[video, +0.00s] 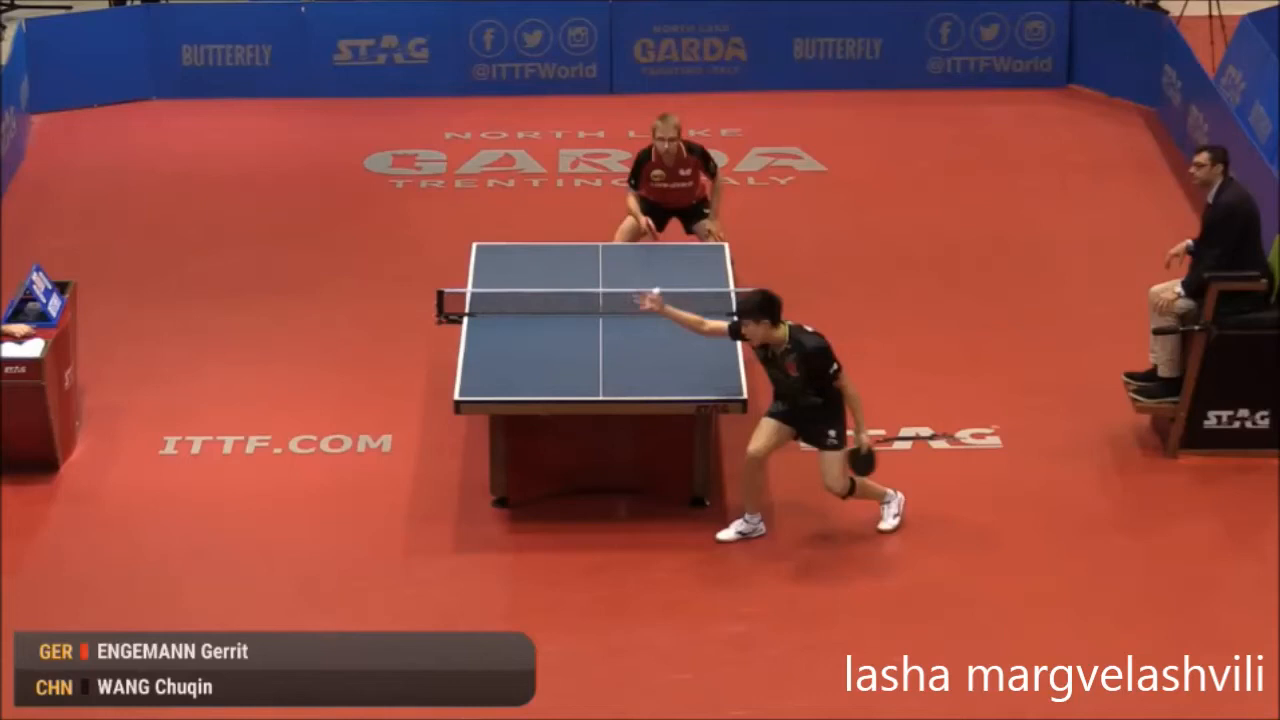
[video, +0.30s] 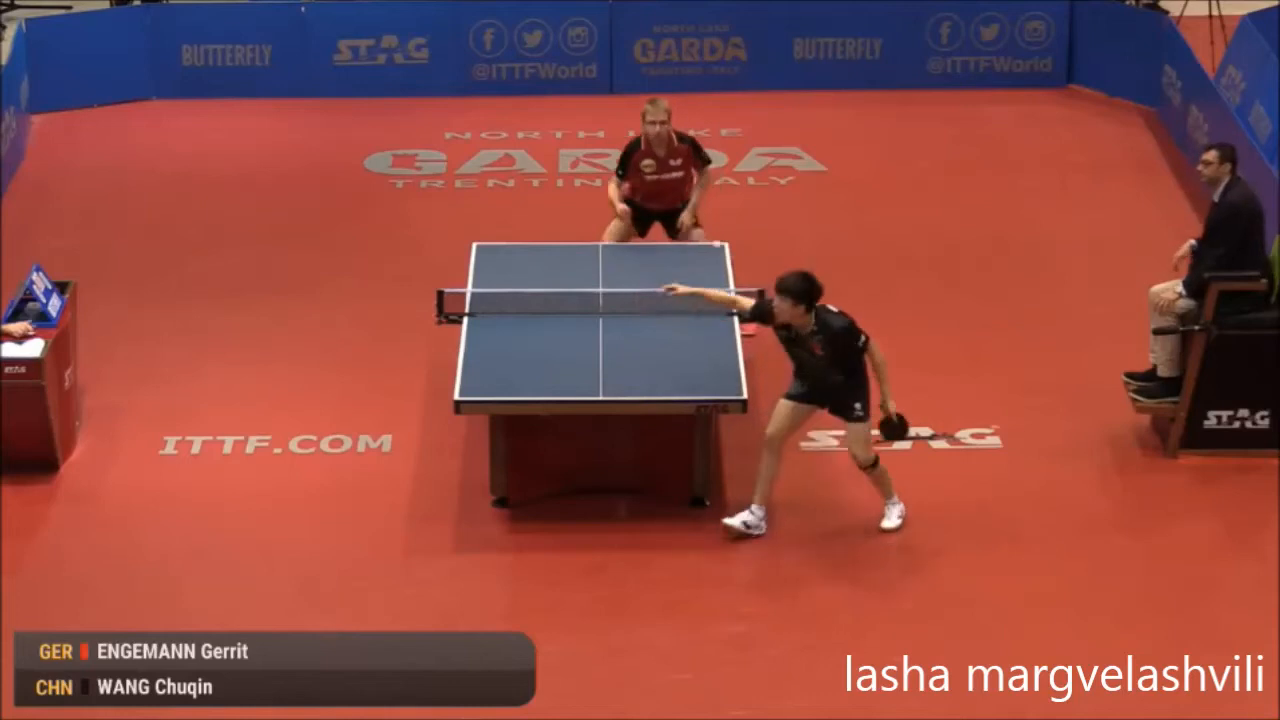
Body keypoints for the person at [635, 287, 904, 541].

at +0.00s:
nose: (743, 331)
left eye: (747, 325)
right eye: (742, 325)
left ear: (767, 324)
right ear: (754, 324)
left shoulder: (812, 346)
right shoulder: (754, 336)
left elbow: (846, 388)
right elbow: (705, 326)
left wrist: (862, 433)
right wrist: (663, 308)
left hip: (825, 411)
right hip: (787, 407)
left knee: (836, 484)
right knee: (754, 453)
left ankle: (890, 498)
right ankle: (752, 520)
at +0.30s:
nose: (775, 307)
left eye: (782, 303)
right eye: (776, 302)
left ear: (801, 307)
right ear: (782, 304)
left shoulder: (839, 325)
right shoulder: (777, 316)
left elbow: (875, 355)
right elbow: (733, 302)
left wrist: (887, 402)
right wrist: (691, 291)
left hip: (849, 387)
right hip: (808, 383)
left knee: (861, 455)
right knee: (772, 437)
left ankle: (893, 504)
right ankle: (757, 513)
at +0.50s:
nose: (770, 320)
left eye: (776, 316)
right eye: (770, 314)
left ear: (795, 319)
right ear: (772, 311)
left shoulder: (833, 323)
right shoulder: (773, 321)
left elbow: (879, 336)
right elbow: (745, 312)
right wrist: (716, 310)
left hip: (847, 380)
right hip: (807, 375)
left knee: (865, 451)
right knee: (758, 409)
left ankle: (893, 503)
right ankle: (784, 483)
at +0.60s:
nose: (762, 336)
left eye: (767, 332)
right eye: (760, 330)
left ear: (786, 328)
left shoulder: (822, 327)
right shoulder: (771, 327)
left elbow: (872, 342)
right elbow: (747, 320)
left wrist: (839, 353)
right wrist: (721, 322)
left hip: (841, 385)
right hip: (802, 379)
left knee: (860, 460)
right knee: (750, 412)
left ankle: (893, 503)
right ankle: (785, 480)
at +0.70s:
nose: (730, 340)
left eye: (731, 335)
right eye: (728, 335)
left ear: (746, 331)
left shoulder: (792, 328)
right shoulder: (754, 334)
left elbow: (835, 347)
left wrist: (792, 365)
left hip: (827, 386)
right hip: (794, 384)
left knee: (847, 465)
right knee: (745, 421)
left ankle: (891, 501)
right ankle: (768, 492)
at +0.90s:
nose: (695, 303)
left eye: (695, 297)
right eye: (693, 297)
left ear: (704, 299)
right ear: (724, 286)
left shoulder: (736, 315)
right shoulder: (746, 297)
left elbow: (749, 343)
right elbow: (785, 307)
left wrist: (701, 333)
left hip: (795, 388)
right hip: (777, 382)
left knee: (771, 471)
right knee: (743, 422)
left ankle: (850, 484)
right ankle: (769, 493)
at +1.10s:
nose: (685, 271)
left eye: (686, 267)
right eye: (687, 265)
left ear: (692, 271)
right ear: (721, 261)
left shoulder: (704, 300)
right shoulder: (746, 279)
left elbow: (690, 343)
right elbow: (784, 307)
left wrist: (649, 327)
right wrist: (800, 316)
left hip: (743, 388)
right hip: (775, 379)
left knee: (694, 455)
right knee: (763, 437)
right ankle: (774, 503)